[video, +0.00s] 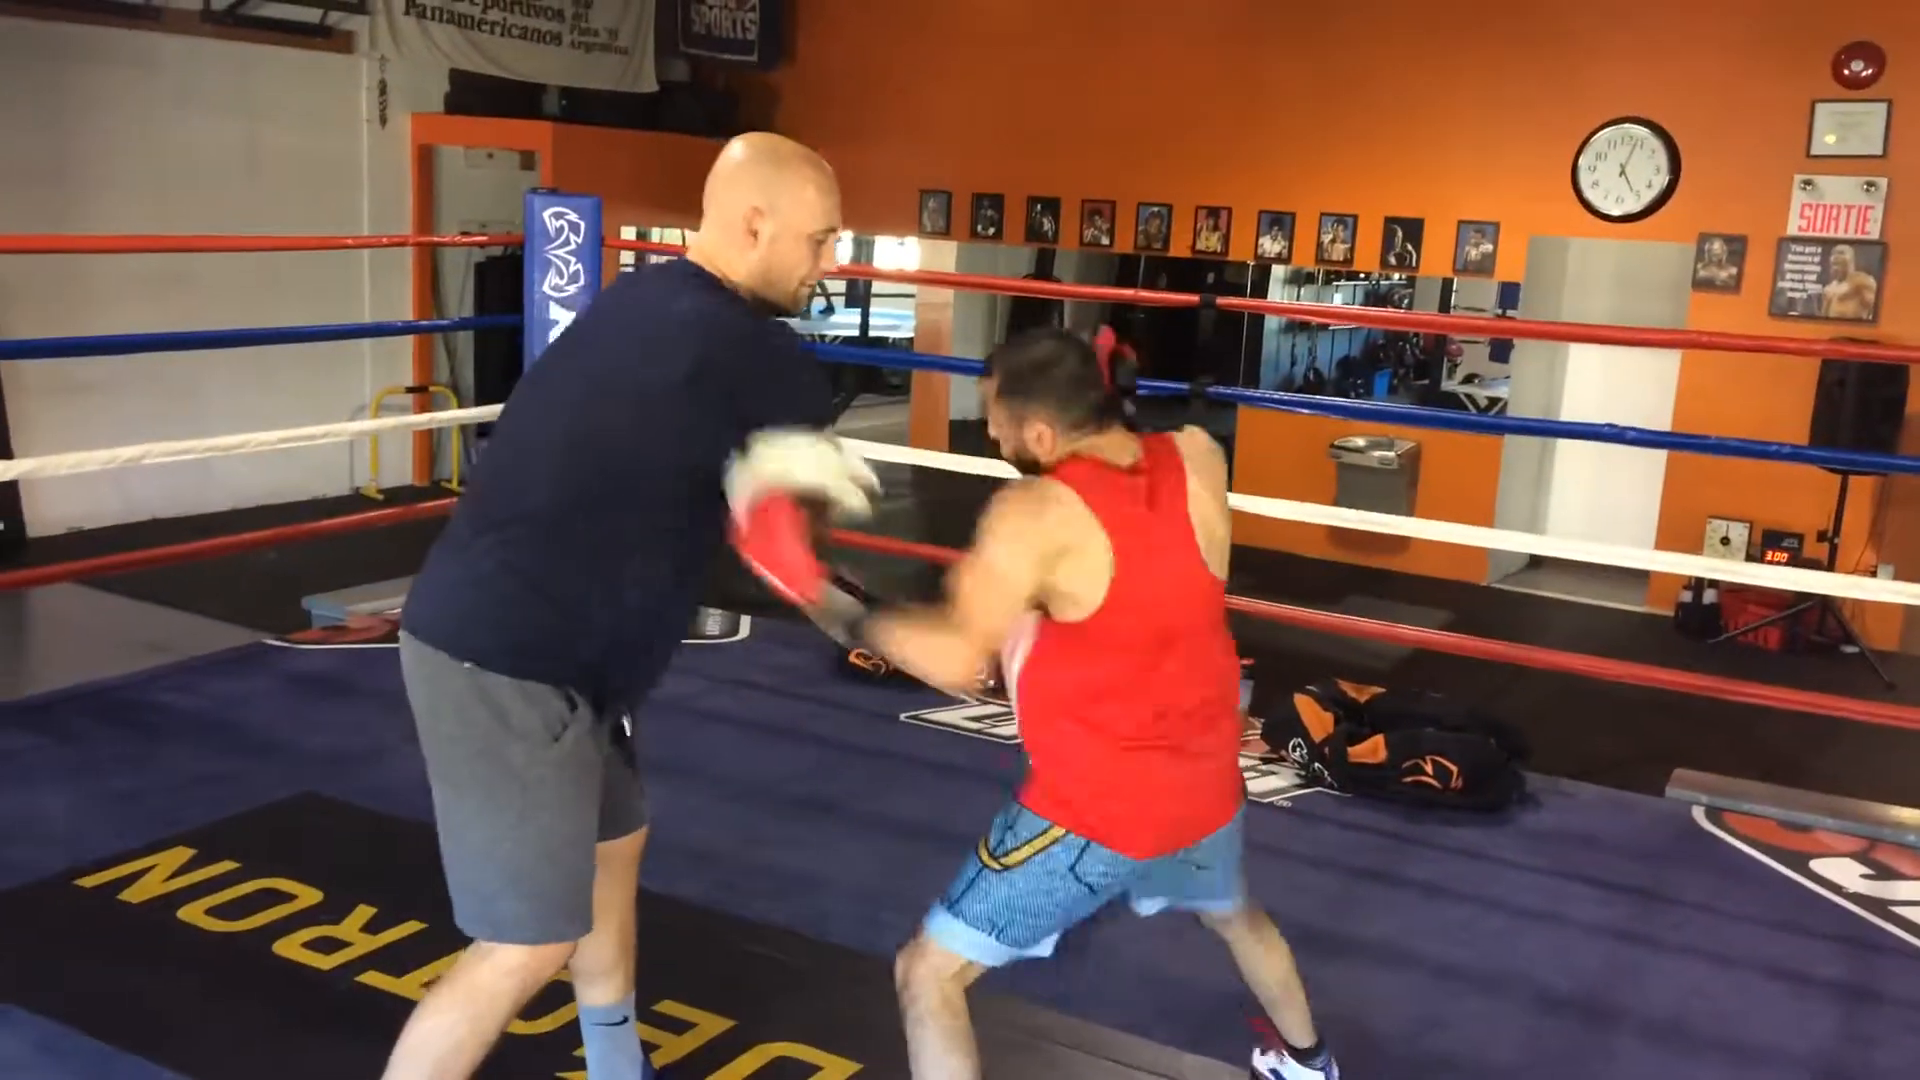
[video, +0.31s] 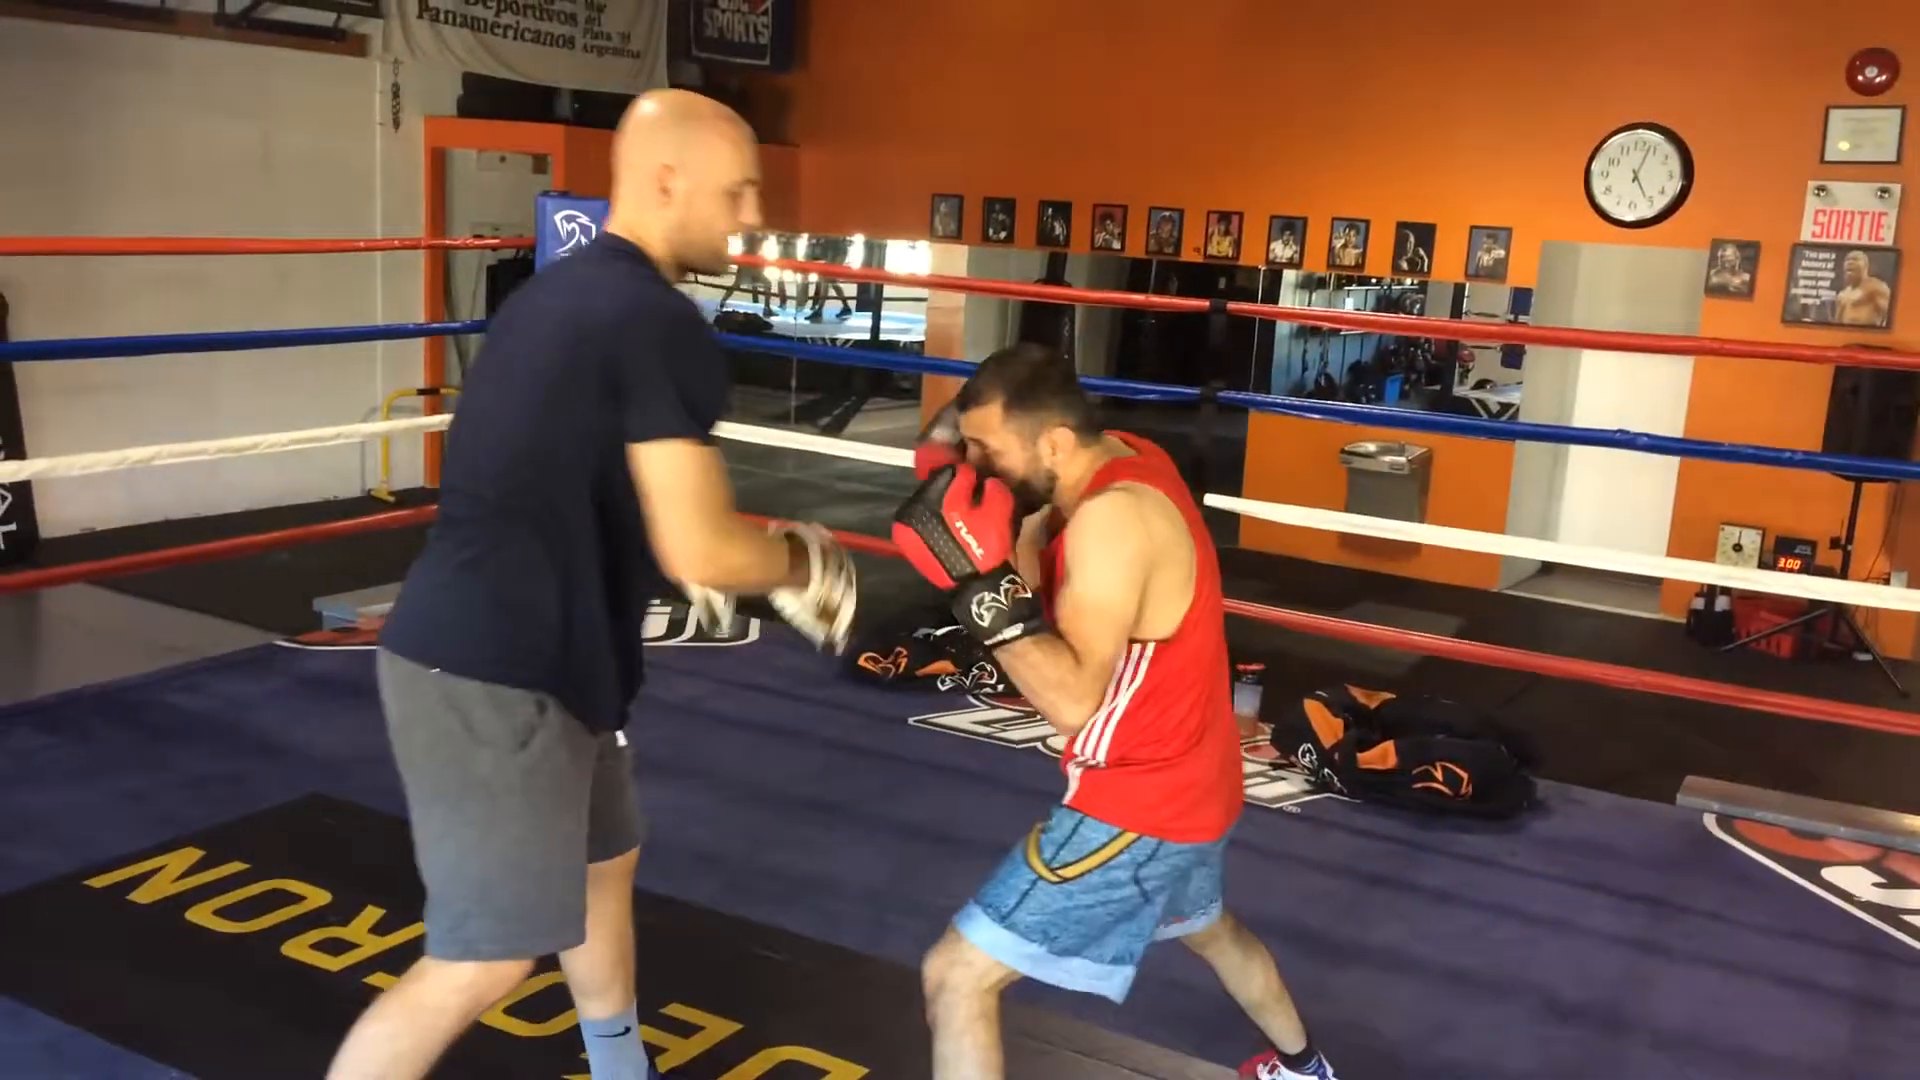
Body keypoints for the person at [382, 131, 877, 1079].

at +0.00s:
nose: (827, 265)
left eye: (830, 242)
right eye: (818, 240)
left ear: (736, 223)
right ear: (753, 223)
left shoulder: (638, 301)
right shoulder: (745, 348)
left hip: (560, 653)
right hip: (500, 656)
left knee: (613, 839)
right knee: (527, 938)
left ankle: (616, 1067)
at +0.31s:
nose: (752, 218)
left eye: (752, 194)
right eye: (739, 191)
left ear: (651, 185)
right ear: (667, 183)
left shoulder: (551, 296)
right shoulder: (650, 319)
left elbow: (573, 506)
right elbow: (703, 549)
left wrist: (743, 554)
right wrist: (798, 556)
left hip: (554, 660)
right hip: (486, 669)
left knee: (602, 857)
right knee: (487, 949)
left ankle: (620, 1071)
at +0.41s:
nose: (706, 206)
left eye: (705, 182)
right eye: (689, 180)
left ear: (606, 178)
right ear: (613, 175)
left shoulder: (525, 290)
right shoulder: (593, 315)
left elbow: (530, 447)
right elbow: (613, 549)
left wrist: (668, 457)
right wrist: (764, 602)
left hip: (518, 677)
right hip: (453, 685)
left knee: (579, 876)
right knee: (438, 954)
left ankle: (622, 1071)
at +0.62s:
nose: (653, 206)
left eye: (654, 181)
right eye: (639, 178)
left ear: (563, 169)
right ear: (564, 166)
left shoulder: (531, 306)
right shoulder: (480, 311)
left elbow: (560, 479)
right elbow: (460, 558)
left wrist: (675, 387)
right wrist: (641, 616)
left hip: (480, 664)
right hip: (379, 682)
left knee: (533, 891)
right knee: (378, 971)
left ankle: (599, 1072)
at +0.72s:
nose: (644, 203)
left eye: (647, 178)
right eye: (634, 175)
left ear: (558, 158)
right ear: (560, 157)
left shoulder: (523, 293)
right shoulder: (464, 303)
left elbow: (564, 446)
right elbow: (425, 558)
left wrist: (674, 357)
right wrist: (603, 617)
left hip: (475, 657)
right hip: (366, 677)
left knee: (540, 863)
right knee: (360, 961)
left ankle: (555, 1074)